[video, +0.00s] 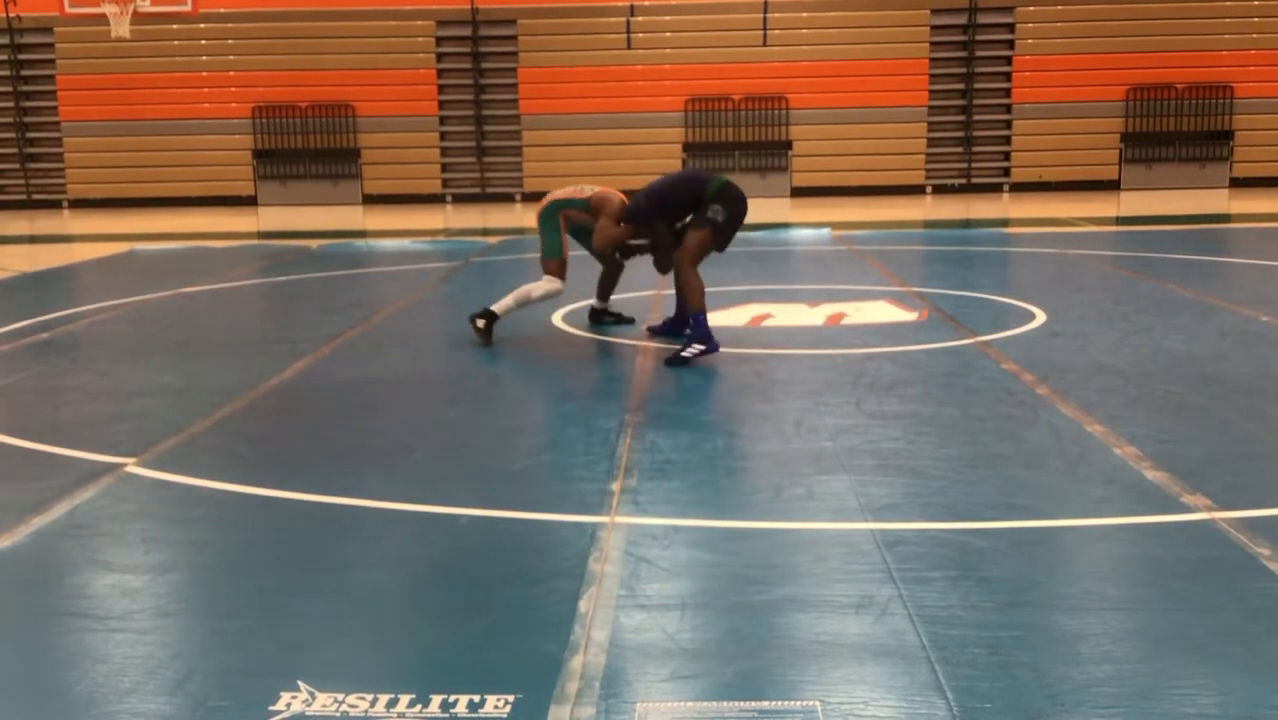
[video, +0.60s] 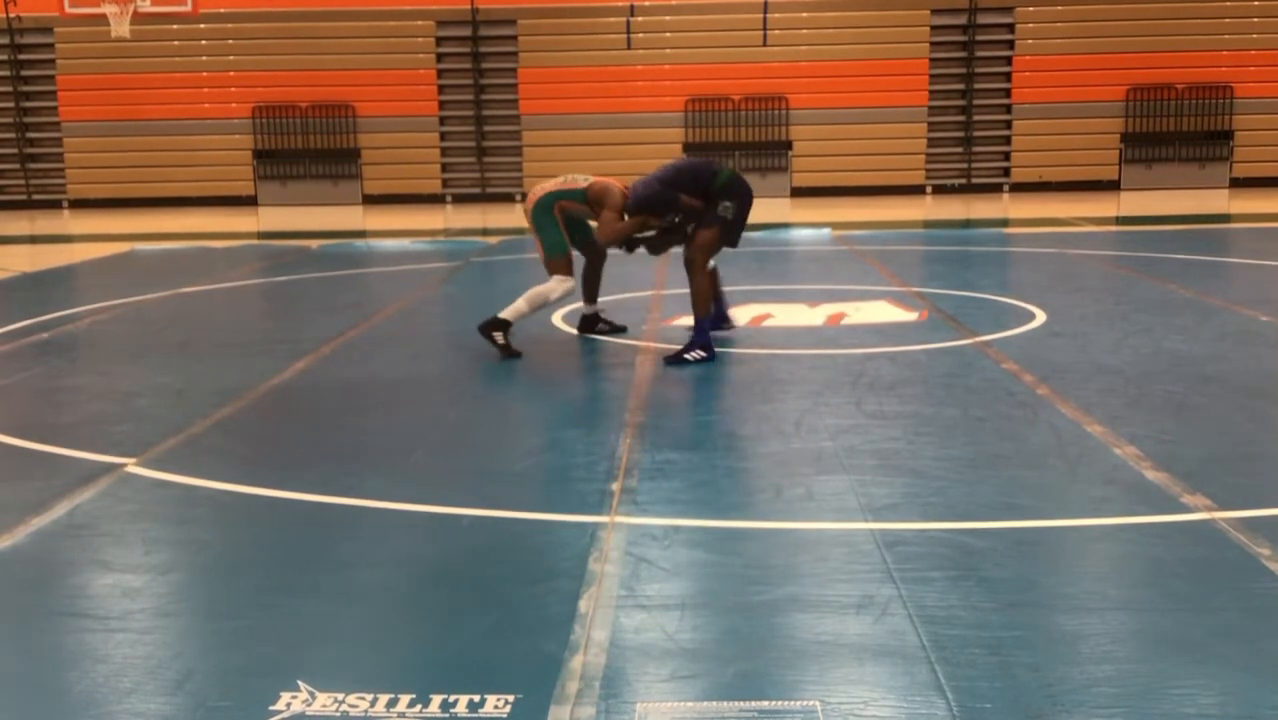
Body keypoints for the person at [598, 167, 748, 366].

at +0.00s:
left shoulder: (642, 210)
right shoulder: (643, 207)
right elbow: (667, 239)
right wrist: (636, 250)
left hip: (724, 199)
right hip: (715, 199)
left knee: (686, 260)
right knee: (679, 256)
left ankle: (702, 337)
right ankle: (681, 320)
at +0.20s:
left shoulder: (633, 199)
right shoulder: (631, 197)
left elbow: (670, 226)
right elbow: (672, 222)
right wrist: (631, 237)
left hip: (723, 197)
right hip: (710, 197)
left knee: (687, 259)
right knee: (680, 256)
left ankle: (701, 342)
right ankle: (682, 320)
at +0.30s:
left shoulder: (640, 191)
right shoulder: (636, 191)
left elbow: (679, 217)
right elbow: (678, 214)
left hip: (722, 196)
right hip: (709, 196)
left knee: (687, 261)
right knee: (681, 257)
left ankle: (701, 343)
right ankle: (690, 320)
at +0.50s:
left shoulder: (644, 194)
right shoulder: (638, 196)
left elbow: (692, 208)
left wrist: (669, 239)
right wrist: (631, 241)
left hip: (727, 195)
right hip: (716, 195)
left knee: (692, 261)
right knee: (688, 259)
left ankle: (702, 344)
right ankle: (693, 321)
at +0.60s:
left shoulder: (644, 196)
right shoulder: (639, 195)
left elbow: (697, 208)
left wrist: (666, 240)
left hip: (730, 192)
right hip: (721, 193)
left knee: (695, 258)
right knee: (697, 254)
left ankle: (701, 343)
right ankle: (719, 315)